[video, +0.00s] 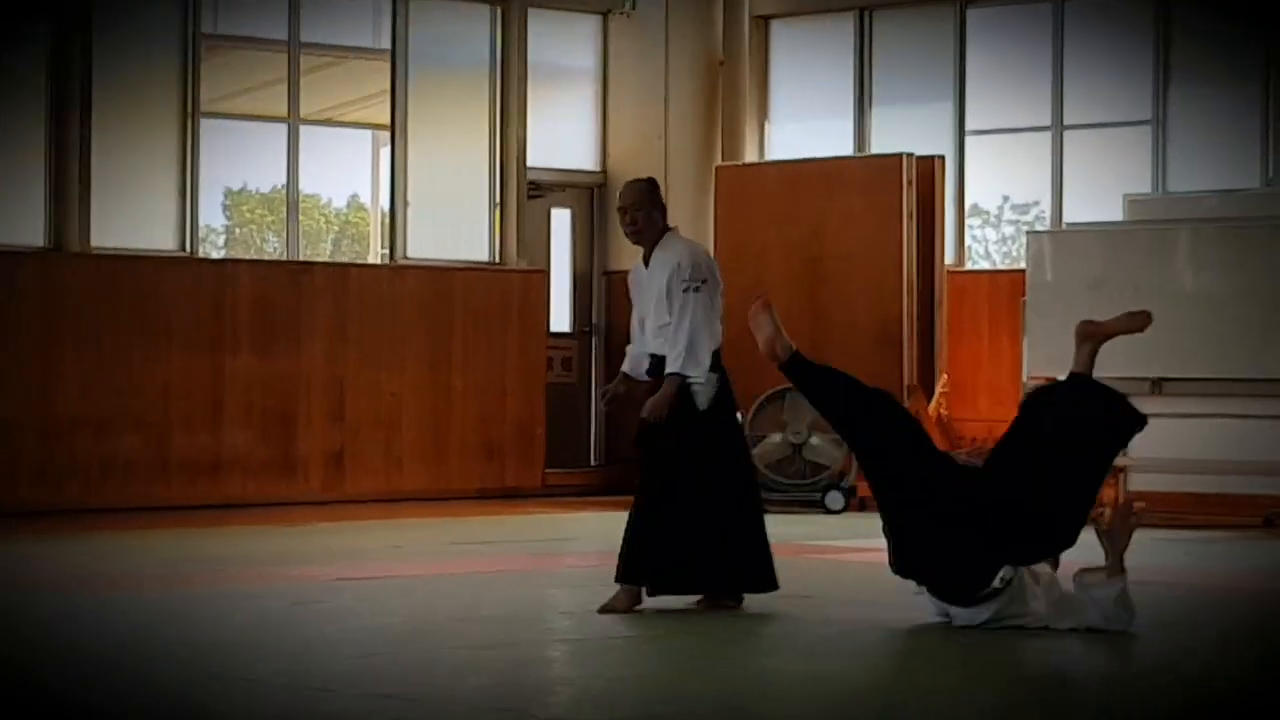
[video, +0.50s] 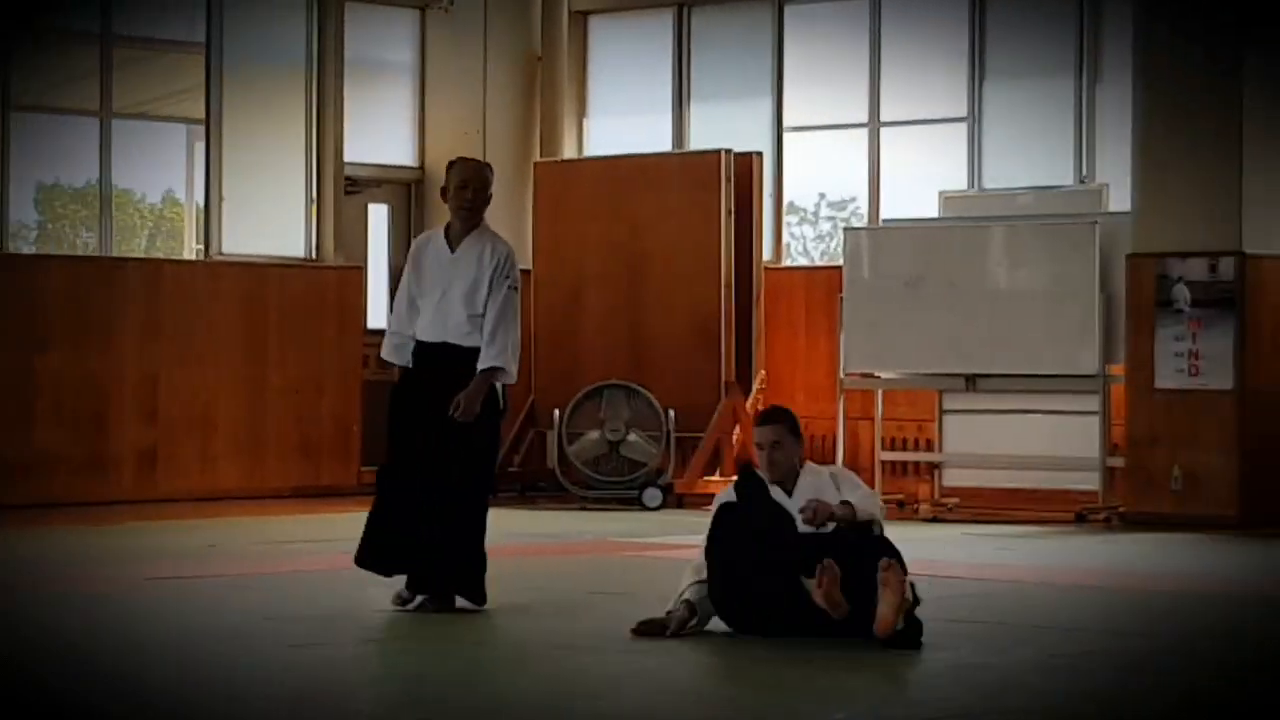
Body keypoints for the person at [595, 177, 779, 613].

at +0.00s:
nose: (629, 220)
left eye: (638, 211)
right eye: (623, 213)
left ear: (661, 212)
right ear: (619, 220)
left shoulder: (688, 258)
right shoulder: (639, 272)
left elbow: (695, 332)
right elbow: (642, 336)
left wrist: (668, 389)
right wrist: (624, 379)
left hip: (697, 385)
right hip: (665, 387)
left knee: (652, 486)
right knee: (710, 488)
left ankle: (630, 584)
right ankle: (725, 586)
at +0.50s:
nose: (470, 196)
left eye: (478, 189)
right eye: (462, 187)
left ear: (490, 195)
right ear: (445, 193)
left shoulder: (498, 253)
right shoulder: (423, 247)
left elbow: (501, 327)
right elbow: (405, 309)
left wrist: (480, 385)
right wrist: (397, 368)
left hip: (471, 372)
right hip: (424, 368)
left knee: (460, 479)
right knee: (418, 474)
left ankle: (450, 586)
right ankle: (419, 578)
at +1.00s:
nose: (469, 193)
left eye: (471, 184)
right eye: (458, 186)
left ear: (475, 188)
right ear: (431, 193)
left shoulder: (490, 248)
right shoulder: (408, 251)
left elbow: (516, 318)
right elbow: (385, 322)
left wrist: (529, 384)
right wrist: (364, 391)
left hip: (479, 372)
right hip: (429, 372)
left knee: (469, 481)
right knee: (430, 480)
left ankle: (441, 589)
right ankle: (433, 595)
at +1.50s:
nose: (494, 193)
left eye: (496, 184)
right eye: (483, 184)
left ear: (495, 189)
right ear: (454, 190)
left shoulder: (500, 247)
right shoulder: (434, 248)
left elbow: (516, 318)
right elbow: (436, 326)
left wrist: (528, 382)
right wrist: (467, 389)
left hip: (502, 373)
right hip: (452, 375)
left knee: (505, 483)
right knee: (452, 485)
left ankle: (502, 595)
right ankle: (448, 597)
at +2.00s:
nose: (524, 190)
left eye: (525, 182)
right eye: (513, 183)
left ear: (526, 189)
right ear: (484, 192)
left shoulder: (532, 252)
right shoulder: (468, 256)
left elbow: (551, 321)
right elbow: (466, 332)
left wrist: (559, 391)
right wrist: (483, 404)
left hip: (537, 378)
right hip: (496, 380)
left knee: (550, 488)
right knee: (497, 490)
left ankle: (553, 604)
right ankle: (489, 599)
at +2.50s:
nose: (491, 198)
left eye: (488, 190)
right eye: (479, 192)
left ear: (457, 207)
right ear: (452, 204)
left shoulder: (452, 256)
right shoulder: (463, 257)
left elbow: (488, 338)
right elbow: (532, 268)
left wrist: (531, 385)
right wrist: (589, 217)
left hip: (480, 387)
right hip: (486, 390)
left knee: (478, 498)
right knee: (555, 490)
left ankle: (423, 600)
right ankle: (556, 606)